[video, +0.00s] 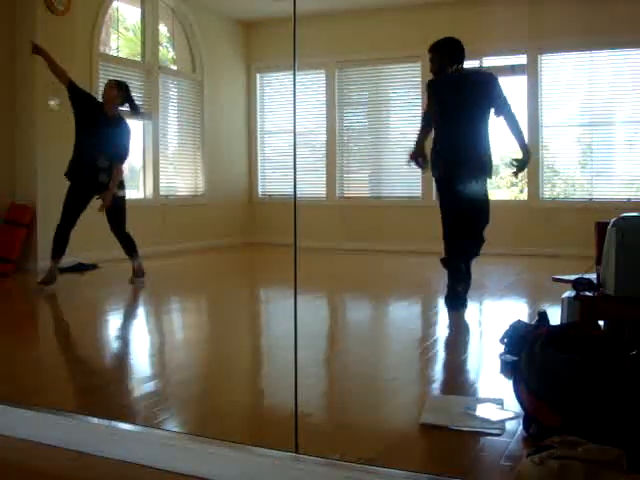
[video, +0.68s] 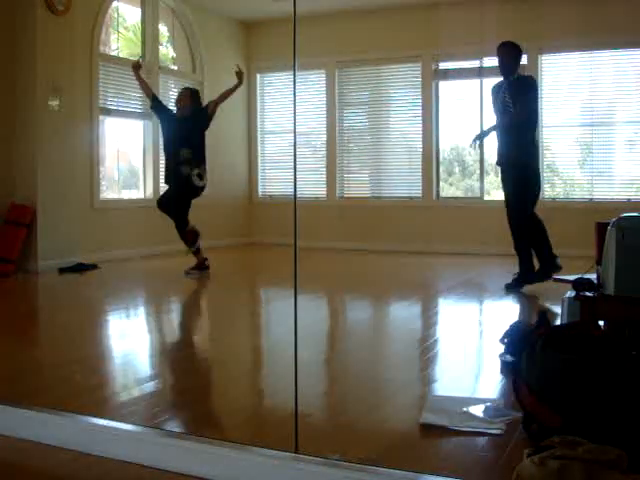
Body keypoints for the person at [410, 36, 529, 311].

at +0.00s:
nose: (430, 65)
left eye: (433, 59)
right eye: (431, 59)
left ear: (444, 59)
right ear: (460, 58)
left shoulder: (436, 86)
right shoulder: (485, 79)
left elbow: (428, 120)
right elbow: (508, 115)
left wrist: (418, 147)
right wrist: (525, 151)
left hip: (446, 165)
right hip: (476, 163)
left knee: (452, 224)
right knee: (478, 221)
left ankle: (457, 288)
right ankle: (459, 266)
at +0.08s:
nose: (434, 63)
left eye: (436, 58)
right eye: (433, 57)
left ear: (447, 57)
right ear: (464, 57)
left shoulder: (440, 85)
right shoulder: (489, 79)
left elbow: (439, 118)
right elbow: (508, 115)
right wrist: (521, 151)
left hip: (448, 168)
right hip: (478, 167)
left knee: (453, 228)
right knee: (481, 223)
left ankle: (459, 289)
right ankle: (465, 266)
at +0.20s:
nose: (444, 58)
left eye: (446, 53)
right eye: (444, 53)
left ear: (456, 52)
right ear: (473, 50)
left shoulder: (450, 76)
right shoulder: (497, 72)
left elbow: (457, 114)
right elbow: (512, 113)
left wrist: (461, 157)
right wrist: (512, 153)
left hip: (457, 159)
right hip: (489, 156)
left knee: (454, 223)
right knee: (487, 212)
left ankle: (455, 291)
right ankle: (490, 275)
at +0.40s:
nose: (472, 79)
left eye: (475, 74)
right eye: (472, 74)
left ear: (485, 74)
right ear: (494, 74)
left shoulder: (486, 99)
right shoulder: (503, 99)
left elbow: (457, 124)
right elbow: (519, 133)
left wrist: (431, 140)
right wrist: (517, 174)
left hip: (496, 179)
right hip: (511, 177)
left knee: (479, 235)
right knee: (510, 228)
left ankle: (470, 286)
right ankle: (530, 277)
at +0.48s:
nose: (483, 76)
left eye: (487, 71)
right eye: (481, 71)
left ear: (499, 73)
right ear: (484, 74)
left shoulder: (501, 98)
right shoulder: (498, 98)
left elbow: (470, 118)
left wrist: (441, 133)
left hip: (513, 172)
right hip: (509, 171)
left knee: (495, 222)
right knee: (510, 225)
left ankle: (490, 278)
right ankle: (530, 278)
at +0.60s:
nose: (497, 63)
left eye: (501, 58)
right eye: (496, 58)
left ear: (511, 60)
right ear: (496, 61)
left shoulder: (522, 85)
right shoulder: (499, 90)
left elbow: (515, 118)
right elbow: (496, 120)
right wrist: (473, 131)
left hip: (523, 160)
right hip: (508, 161)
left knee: (519, 216)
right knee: (515, 216)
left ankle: (533, 271)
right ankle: (535, 268)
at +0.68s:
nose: (503, 63)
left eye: (507, 58)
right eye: (500, 58)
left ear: (518, 59)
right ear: (498, 60)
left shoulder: (527, 84)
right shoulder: (497, 89)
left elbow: (524, 120)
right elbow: (503, 120)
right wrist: (484, 134)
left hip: (526, 160)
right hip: (508, 161)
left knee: (524, 213)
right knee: (515, 216)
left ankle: (548, 262)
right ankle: (526, 269)